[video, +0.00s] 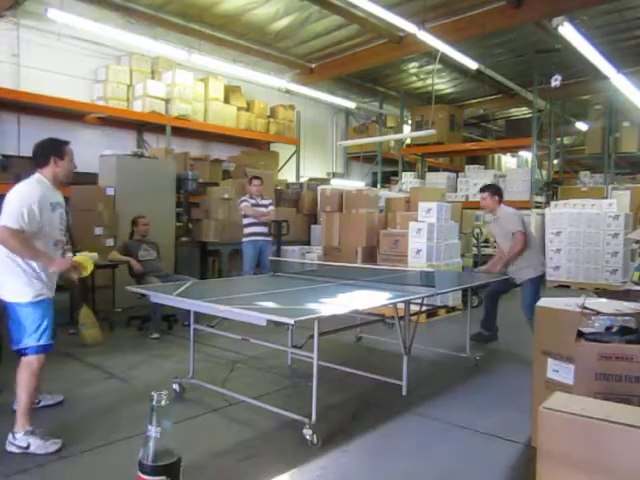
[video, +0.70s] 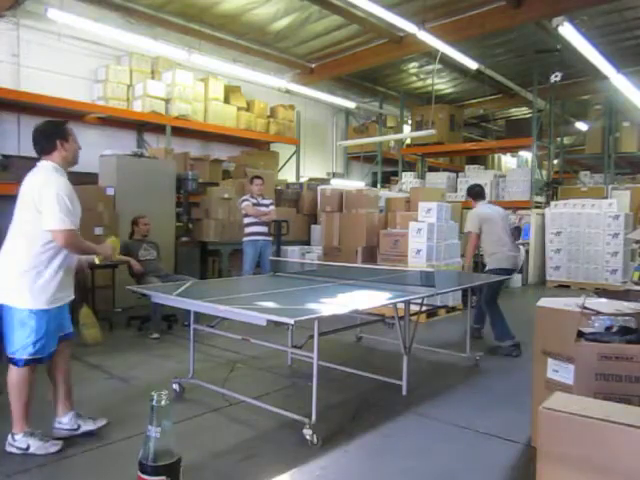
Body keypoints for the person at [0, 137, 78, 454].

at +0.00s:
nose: (74, 167)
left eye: (73, 161)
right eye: (70, 160)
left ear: (54, 162)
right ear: (54, 162)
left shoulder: (55, 196)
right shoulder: (27, 191)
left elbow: (54, 240)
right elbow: (9, 234)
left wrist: (69, 261)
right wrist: (51, 261)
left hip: (38, 288)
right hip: (23, 290)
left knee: (36, 349)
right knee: (34, 355)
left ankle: (27, 397)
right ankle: (21, 431)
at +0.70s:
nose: (77, 146)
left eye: (75, 140)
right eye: (73, 140)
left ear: (51, 146)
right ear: (60, 144)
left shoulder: (45, 176)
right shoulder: (52, 179)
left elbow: (41, 239)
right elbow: (64, 237)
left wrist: (77, 259)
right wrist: (98, 249)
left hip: (51, 287)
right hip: (29, 289)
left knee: (62, 344)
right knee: (24, 360)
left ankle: (65, 416)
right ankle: (19, 433)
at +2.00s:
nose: (149, 145)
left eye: (147, 139)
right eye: (145, 139)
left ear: (117, 143)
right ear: (130, 143)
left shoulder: (101, 169)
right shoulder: (117, 174)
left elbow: (119, 232)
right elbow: (133, 232)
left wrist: (158, 269)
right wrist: (167, 272)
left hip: (111, 286)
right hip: (125, 290)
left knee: (122, 354)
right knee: (122, 365)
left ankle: (99, 400)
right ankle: (115, 446)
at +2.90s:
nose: (158, 144)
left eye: (157, 137)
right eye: (156, 137)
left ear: (121, 140)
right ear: (142, 139)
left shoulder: (104, 173)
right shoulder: (139, 177)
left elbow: (109, 232)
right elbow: (152, 242)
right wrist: (175, 265)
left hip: (111, 287)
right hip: (136, 293)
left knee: (118, 356)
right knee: (126, 368)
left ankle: (89, 414)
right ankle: (116, 446)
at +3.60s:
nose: (142, 144)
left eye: (141, 137)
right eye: (140, 138)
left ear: (106, 141)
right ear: (131, 139)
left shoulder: (85, 177)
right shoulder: (136, 177)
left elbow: (72, 228)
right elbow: (150, 234)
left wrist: (105, 241)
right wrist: (168, 250)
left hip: (92, 290)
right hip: (129, 293)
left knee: (88, 357)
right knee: (121, 367)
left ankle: (79, 428)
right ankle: (116, 445)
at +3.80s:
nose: (135, 144)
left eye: (132, 138)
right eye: (132, 138)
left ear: (99, 143)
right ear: (122, 140)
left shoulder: (78, 177)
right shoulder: (127, 176)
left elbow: (66, 228)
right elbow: (140, 233)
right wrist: (157, 248)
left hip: (80, 289)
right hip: (118, 292)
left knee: (82, 357)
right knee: (116, 365)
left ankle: (78, 428)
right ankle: (116, 445)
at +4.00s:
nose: (126, 146)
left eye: (124, 140)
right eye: (124, 140)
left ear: (93, 145)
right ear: (114, 142)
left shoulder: (77, 177)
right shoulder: (119, 175)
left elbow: (90, 223)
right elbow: (128, 230)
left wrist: (144, 228)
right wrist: (150, 250)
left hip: (73, 288)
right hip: (110, 290)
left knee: (76, 357)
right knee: (119, 363)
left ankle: (77, 429)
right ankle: (117, 442)